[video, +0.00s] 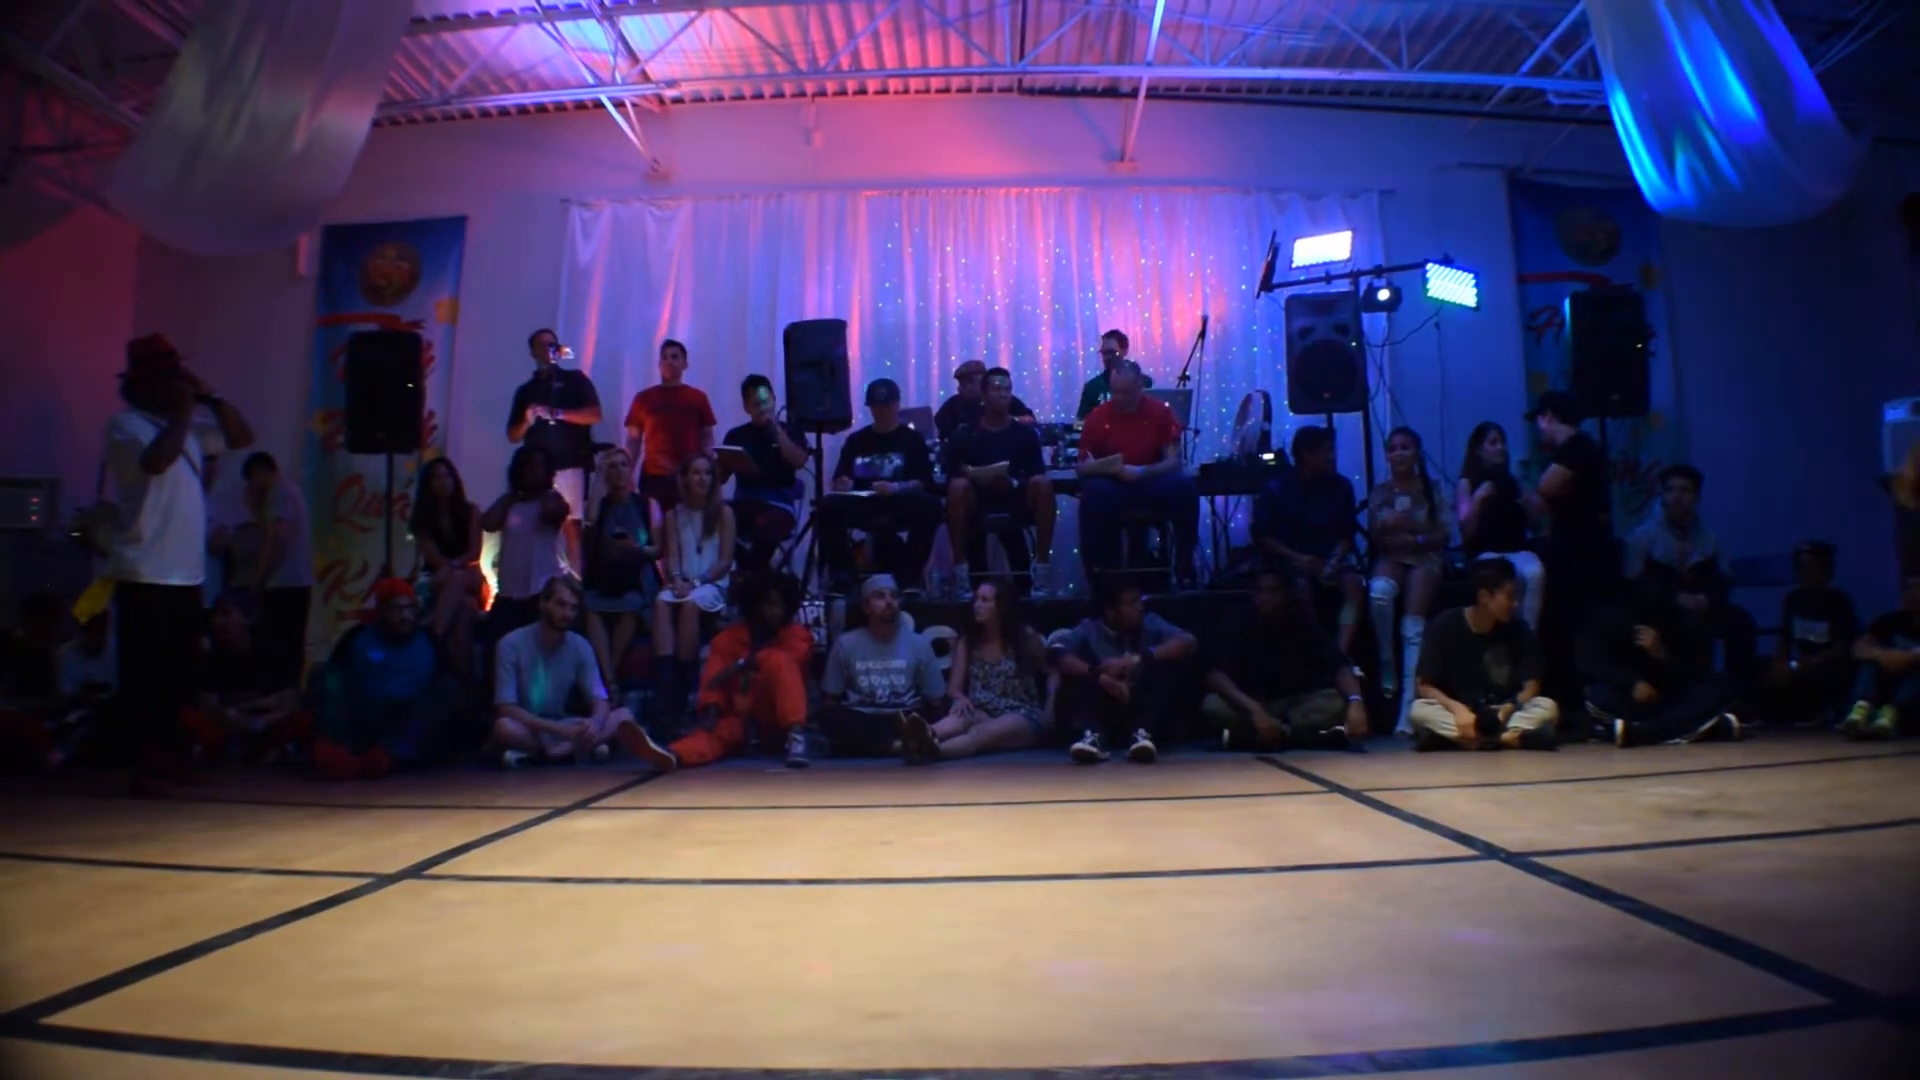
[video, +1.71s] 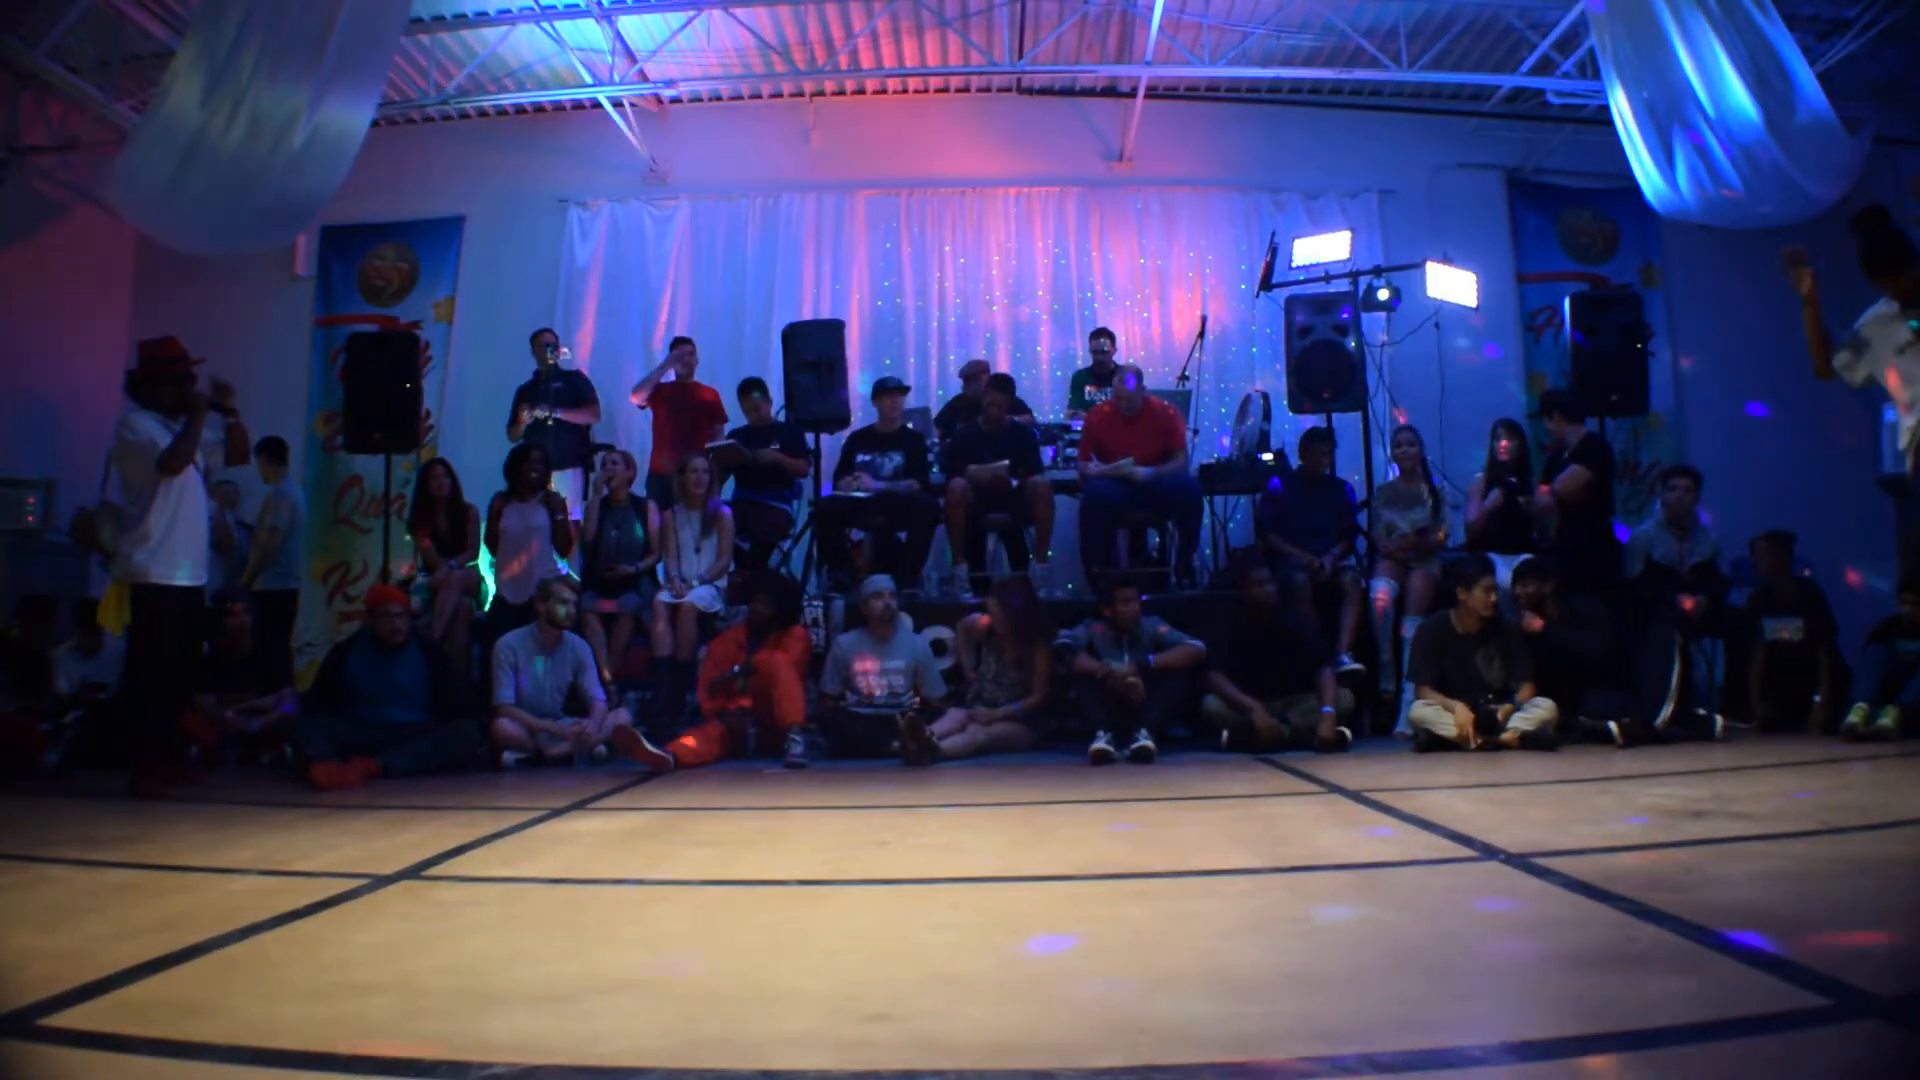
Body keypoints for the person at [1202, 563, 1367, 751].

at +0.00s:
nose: (1264, 598)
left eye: (1271, 591)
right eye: (1260, 591)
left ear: (1287, 594)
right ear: (1254, 595)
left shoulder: (1304, 627)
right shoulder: (1246, 629)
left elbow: (1340, 669)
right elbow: (1216, 675)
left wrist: (1355, 703)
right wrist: (1256, 711)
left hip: (1300, 701)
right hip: (1252, 703)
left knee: (1334, 703)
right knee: (1212, 704)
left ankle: (1258, 738)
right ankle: (1307, 738)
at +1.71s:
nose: (1268, 590)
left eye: (1270, 583)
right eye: (1259, 585)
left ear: (1276, 585)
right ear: (1245, 591)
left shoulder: (1293, 621)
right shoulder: (1235, 627)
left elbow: (1323, 668)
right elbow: (1214, 675)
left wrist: (1328, 713)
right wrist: (1255, 709)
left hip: (1296, 699)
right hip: (1249, 703)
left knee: (1344, 698)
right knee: (1211, 705)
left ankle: (1255, 738)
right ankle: (1311, 738)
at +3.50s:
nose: (1241, 598)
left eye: (1248, 591)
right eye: (1238, 591)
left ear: (1268, 592)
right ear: (1232, 593)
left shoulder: (1293, 624)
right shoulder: (1230, 628)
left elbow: (1328, 671)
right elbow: (1213, 675)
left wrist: (1303, 716)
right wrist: (1254, 710)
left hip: (1294, 698)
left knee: (1343, 699)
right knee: (1211, 705)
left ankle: (1255, 741)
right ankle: (1309, 740)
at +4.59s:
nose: (1259, 581)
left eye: (1265, 575)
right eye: (1252, 576)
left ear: (1274, 580)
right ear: (1242, 582)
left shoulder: (1292, 617)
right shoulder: (1231, 621)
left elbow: (1324, 667)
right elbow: (1216, 676)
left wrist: (1315, 702)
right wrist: (1259, 704)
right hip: (1249, 703)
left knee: (1340, 699)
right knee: (1212, 704)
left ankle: (1249, 740)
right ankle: (1307, 739)